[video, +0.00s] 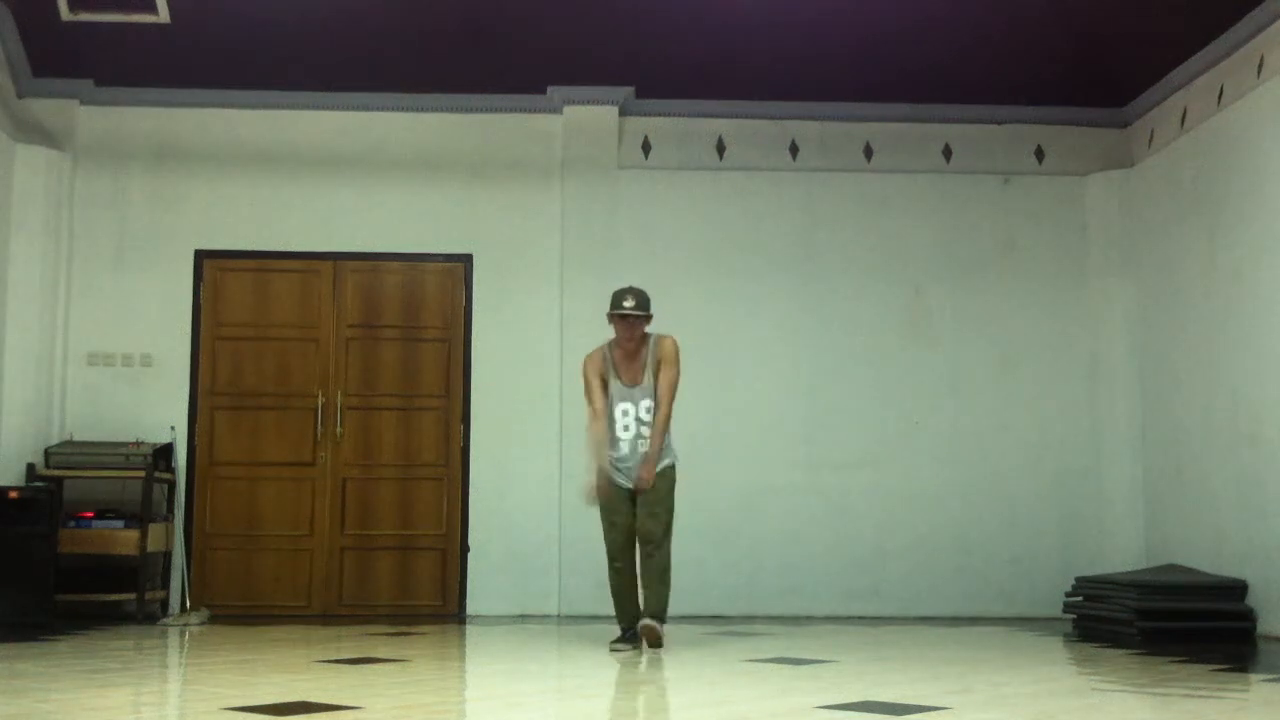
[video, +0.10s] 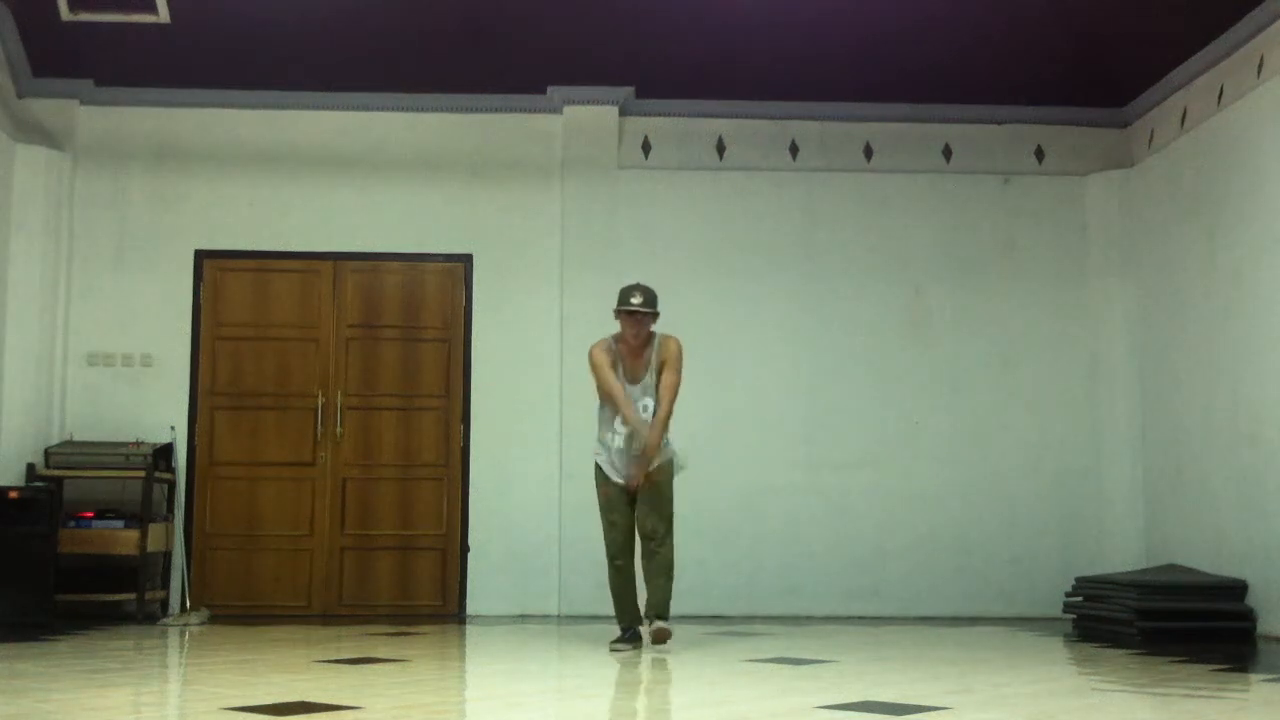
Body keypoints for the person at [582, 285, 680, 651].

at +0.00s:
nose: (628, 326)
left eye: (635, 320)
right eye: (621, 319)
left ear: (647, 321)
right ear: (611, 320)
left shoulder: (664, 348)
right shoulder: (595, 360)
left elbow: (664, 407)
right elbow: (598, 417)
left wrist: (651, 460)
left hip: (655, 465)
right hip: (613, 468)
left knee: (653, 542)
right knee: (618, 550)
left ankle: (653, 621)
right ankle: (629, 627)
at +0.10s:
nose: (635, 323)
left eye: (642, 317)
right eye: (628, 316)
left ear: (653, 319)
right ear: (617, 316)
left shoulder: (668, 347)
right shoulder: (601, 352)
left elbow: (664, 408)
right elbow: (616, 396)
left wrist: (644, 461)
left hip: (655, 460)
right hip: (611, 461)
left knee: (655, 539)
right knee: (618, 547)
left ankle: (657, 619)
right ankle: (629, 627)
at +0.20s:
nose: (646, 319)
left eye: (653, 313)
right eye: (639, 312)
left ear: (663, 316)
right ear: (627, 313)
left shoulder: (675, 350)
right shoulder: (608, 345)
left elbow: (662, 409)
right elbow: (632, 398)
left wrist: (642, 462)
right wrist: (689, 414)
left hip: (656, 459)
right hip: (612, 460)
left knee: (657, 542)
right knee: (618, 547)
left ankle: (657, 623)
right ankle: (629, 628)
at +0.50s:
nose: (659, 331)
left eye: (666, 325)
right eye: (652, 324)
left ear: (677, 330)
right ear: (641, 326)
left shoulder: (685, 373)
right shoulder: (622, 356)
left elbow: (670, 432)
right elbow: (619, 414)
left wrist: (650, 479)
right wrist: (674, 422)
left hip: (665, 469)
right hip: (621, 466)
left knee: (664, 546)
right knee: (628, 540)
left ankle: (656, 626)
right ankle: (628, 621)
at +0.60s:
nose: (654, 328)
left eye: (662, 322)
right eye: (648, 321)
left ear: (673, 326)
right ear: (637, 324)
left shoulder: (686, 365)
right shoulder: (619, 356)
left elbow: (675, 424)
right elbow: (616, 419)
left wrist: (658, 475)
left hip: (666, 468)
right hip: (621, 467)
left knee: (662, 547)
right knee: (627, 544)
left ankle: (656, 628)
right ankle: (630, 624)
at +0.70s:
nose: (647, 321)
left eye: (654, 315)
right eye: (640, 315)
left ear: (666, 318)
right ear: (630, 318)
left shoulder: (684, 356)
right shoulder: (614, 354)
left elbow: (678, 416)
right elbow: (603, 410)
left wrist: (663, 470)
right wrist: (593, 464)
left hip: (666, 466)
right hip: (621, 466)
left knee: (662, 548)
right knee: (625, 544)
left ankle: (657, 628)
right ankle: (629, 623)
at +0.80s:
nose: (640, 315)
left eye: (647, 308)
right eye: (632, 309)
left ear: (659, 312)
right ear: (622, 313)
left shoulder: (679, 349)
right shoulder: (607, 353)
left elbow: (681, 410)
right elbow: (582, 406)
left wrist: (665, 462)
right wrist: (558, 454)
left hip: (666, 464)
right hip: (621, 464)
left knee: (662, 548)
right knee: (623, 545)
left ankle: (656, 628)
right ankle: (624, 627)